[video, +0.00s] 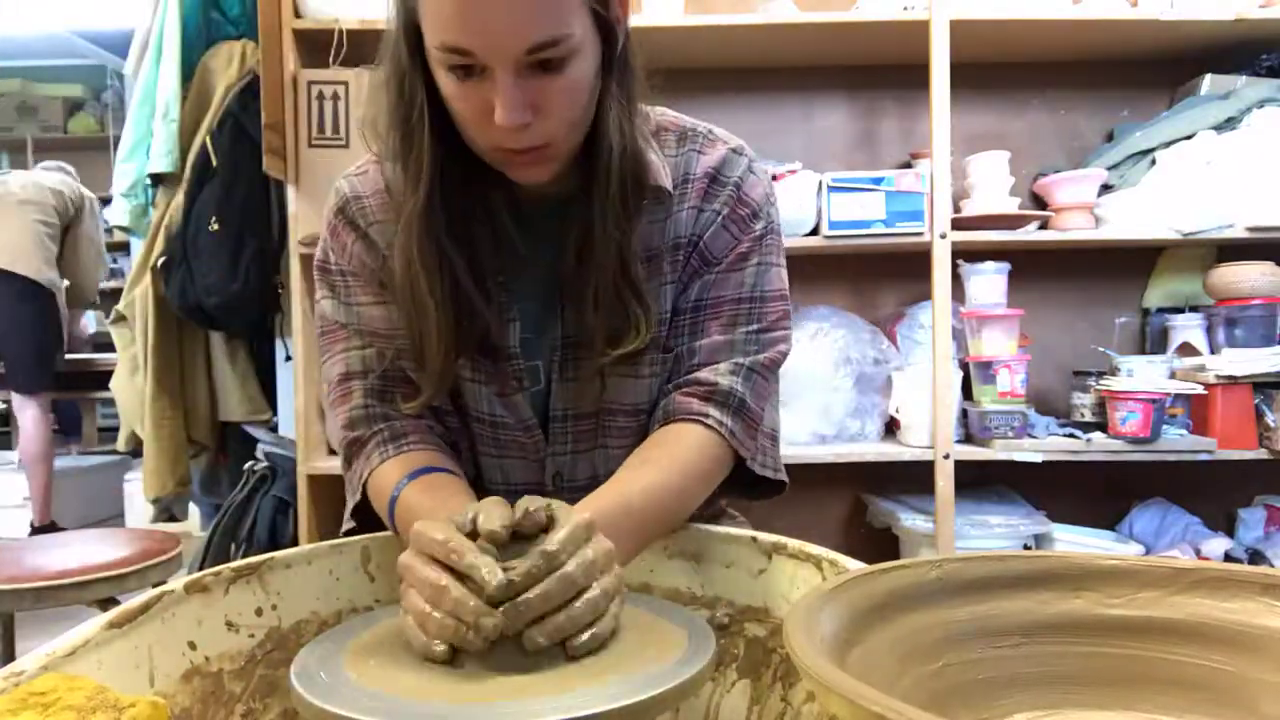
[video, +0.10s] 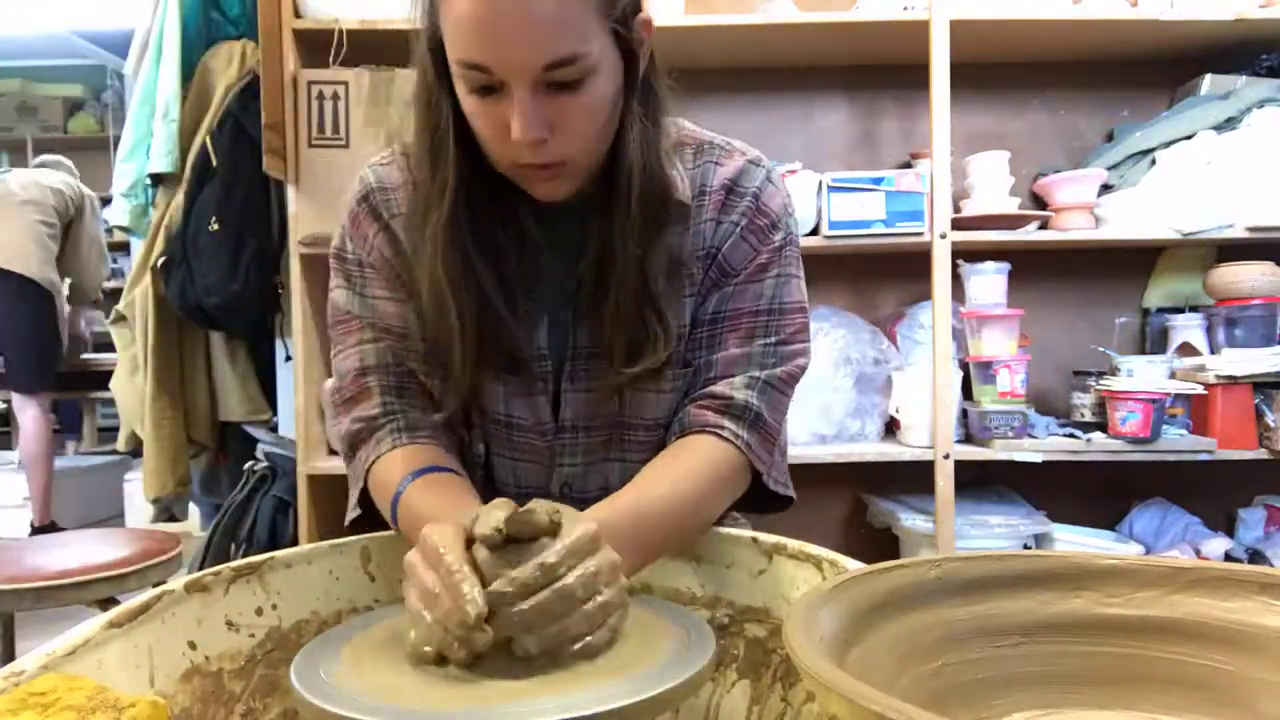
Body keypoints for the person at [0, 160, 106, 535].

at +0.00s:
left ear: (36, 171)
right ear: (73, 180)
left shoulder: (9, 179)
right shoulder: (77, 194)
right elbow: (85, 275)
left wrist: (69, 321)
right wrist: (72, 325)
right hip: (21, 279)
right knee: (30, 407)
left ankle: (41, 517)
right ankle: (41, 519)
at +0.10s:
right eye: (75, 183)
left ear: (35, 168)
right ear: (72, 176)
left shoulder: (9, 177)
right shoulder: (77, 192)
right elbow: (88, 273)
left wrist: (73, 312)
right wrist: (77, 314)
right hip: (21, 276)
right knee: (30, 405)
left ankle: (41, 517)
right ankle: (41, 520)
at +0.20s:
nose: (99, 202)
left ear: (54, 174)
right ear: (91, 184)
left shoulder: (14, 180)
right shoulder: (91, 196)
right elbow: (100, 281)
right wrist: (89, 329)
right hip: (25, 277)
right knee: (34, 407)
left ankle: (42, 516)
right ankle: (42, 520)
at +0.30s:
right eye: (74, 182)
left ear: (32, 170)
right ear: (70, 176)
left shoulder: (7, 180)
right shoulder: (79, 194)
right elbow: (87, 270)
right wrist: (75, 302)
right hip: (30, 281)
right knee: (36, 408)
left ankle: (43, 517)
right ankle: (43, 520)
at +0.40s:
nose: (88, 195)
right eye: (88, 189)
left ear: (47, 169)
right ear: (83, 181)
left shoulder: (12, 177)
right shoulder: (84, 193)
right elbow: (86, 270)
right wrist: (69, 301)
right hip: (26, 278)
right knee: (35, 405)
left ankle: (42, 518)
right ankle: (42, 520)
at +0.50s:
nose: (65, 122)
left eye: (66, 116)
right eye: (66, 115)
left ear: (21, 103)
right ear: (56, 107)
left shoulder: (3, 133)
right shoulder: (71, 147)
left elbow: (92, 234)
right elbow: (94, 235)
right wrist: (66, 250)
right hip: (34, 287)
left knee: (21, 400)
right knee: (38, 403)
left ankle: (42, 514)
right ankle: (43, 519)